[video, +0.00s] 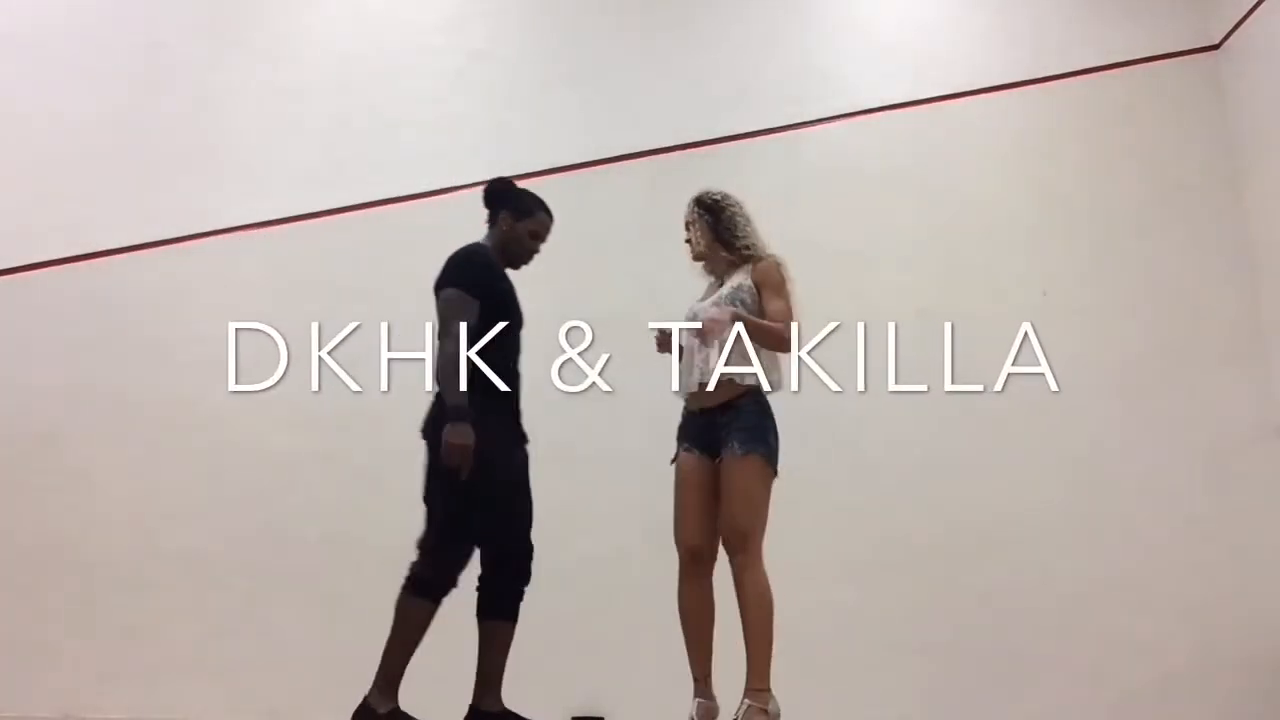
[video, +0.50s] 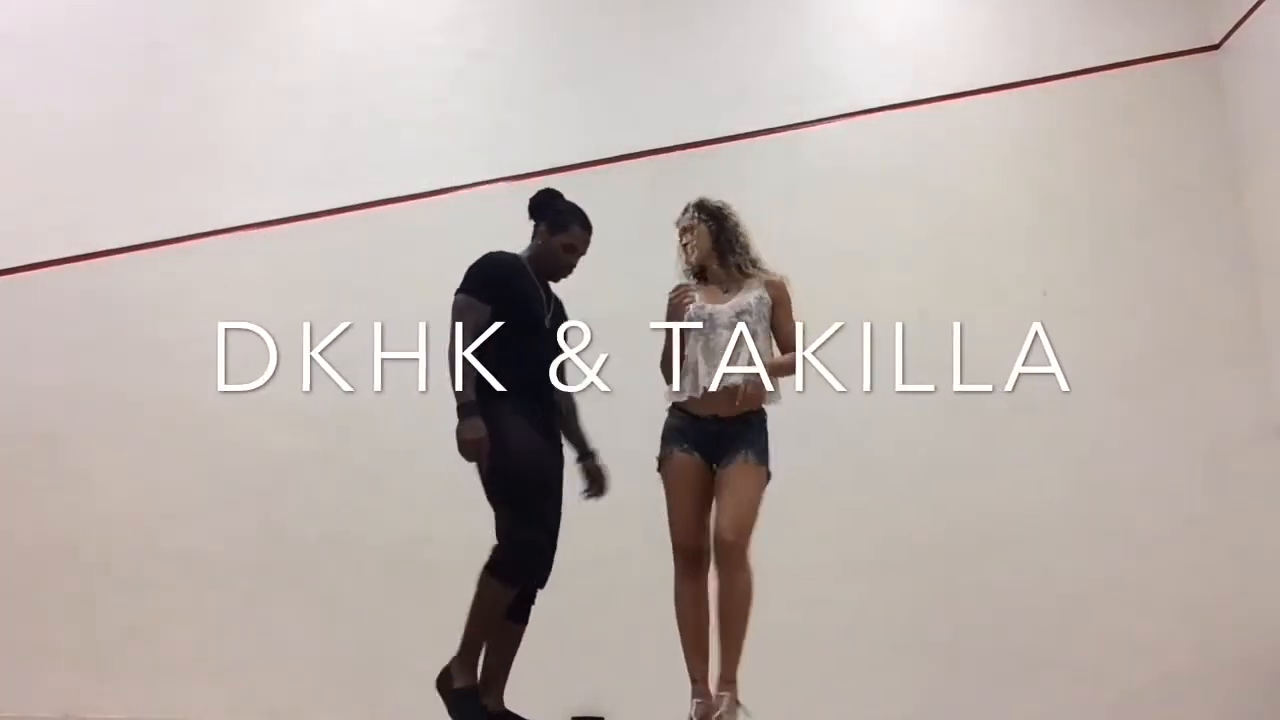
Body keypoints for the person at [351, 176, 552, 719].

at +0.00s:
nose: (537, 249)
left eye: (541, 241)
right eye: (535, 236)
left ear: (514, 227)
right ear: (504, 221)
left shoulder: (494, 278)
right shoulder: (470, 263)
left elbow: (489, 364)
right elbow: (452, 343)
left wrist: (507, 433)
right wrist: (456, 416)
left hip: (500, 438)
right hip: (469, 432)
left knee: (510, 564)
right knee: (441, 559)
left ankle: (488, 700)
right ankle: (381, 698)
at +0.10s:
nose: (548, 255)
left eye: (553, 247)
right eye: (545, 242)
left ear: (529, 235)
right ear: (514, 225)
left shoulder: (508, 285)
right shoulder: (479, 264)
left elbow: (501, 369)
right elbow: (452, 339)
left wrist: (518, 436)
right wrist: (456, 414)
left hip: (517, 438)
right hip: (485, 433)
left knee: (515, 564)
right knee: (471, 555)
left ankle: (488, 701)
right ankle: (387, 690)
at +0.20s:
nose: (556, 259)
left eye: (561, 251)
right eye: (554, 246)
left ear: (538, 237)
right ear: (524, 228)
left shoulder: (520, 291)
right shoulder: (486, 266)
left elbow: (516, 373)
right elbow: (453, 340)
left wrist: (532, 437)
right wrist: (463, 417)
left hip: (527, 438)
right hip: (496, 434)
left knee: (518, 565)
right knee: (499, 556)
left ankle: (488, 702)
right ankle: (406, 678)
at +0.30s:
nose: (563, 262)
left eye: (569, 253)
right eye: (560, 249)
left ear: (556, 245)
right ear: (532, 232)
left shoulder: (534, 301)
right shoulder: (489, 269)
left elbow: (528, 381)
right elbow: (457, 347)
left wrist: (542, 440)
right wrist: (470, 417)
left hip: (533, 441)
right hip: (499, 435)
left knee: (524, 564)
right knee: (514, 557)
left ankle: (489, 699)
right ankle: (443, 684)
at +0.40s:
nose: (568, 264)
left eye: (575, 256)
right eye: (564, 251)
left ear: (567, 249)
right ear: (536, 234)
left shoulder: (543, 310)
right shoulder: (494, 270)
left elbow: (540, 391)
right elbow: (460, 343)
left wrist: (556, 463)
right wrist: (470, 416)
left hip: (536, 445)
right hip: (502, 438)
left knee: (530, 563)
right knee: (521, 560)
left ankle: (489, 695)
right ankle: (472, 689)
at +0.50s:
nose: (575, 261)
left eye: (581, 253)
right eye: (570, 249)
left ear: (575, 248)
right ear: (541, 233)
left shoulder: (553, 308)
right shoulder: (498, 269)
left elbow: (557, 387)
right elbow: (460, 341)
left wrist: (585, 453)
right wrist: (467, 413)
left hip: (541, 439)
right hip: (503, 431)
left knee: (533, 563)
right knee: (519, 546)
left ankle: (491, 696)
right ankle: (461, 671)